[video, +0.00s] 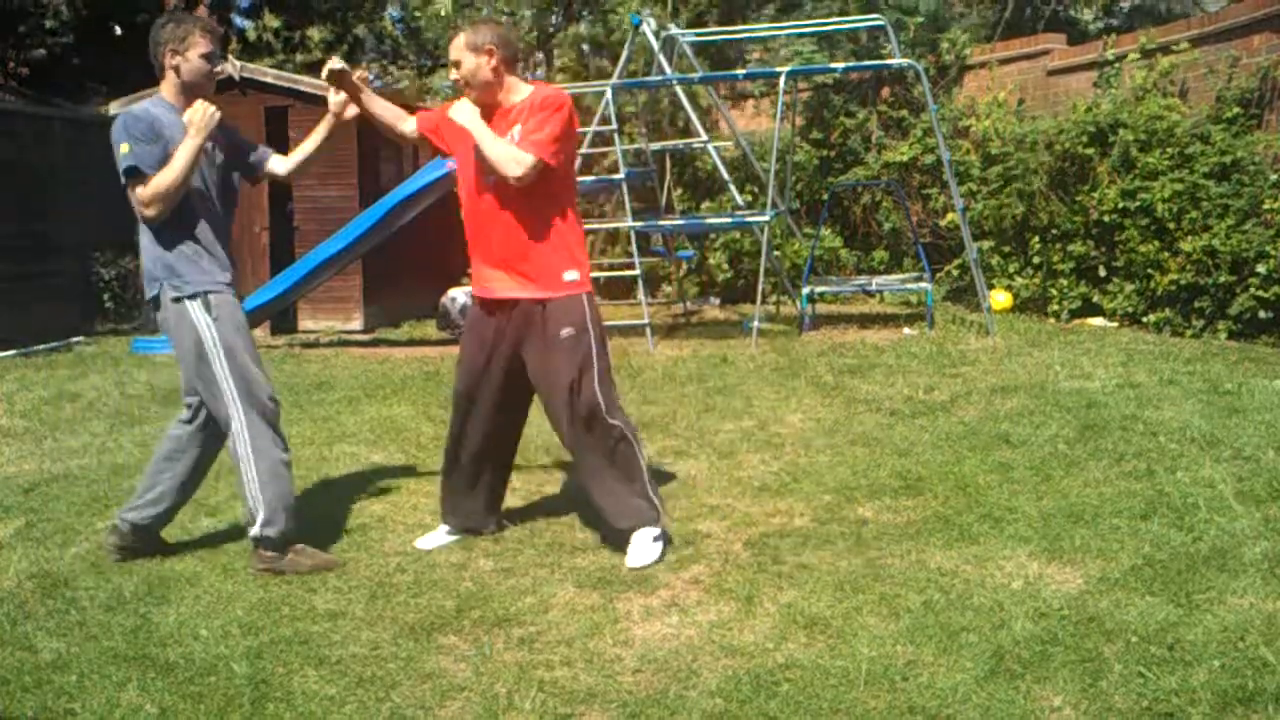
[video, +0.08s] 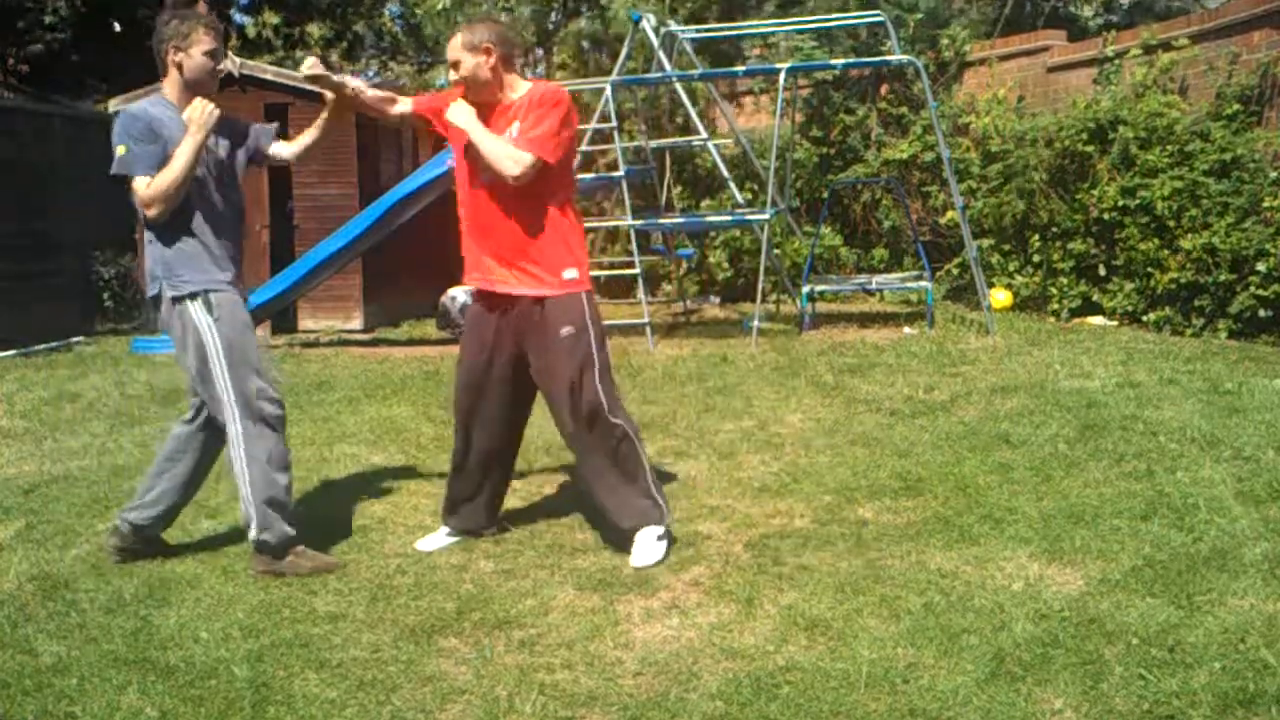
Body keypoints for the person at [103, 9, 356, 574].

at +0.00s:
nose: (219, 68)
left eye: (220, 58)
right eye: (209, 58)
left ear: (188, 62)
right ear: (173, 60)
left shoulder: (208, 123)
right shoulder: (136, 120)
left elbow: (278, 167)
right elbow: (149, 206)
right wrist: (195, 139)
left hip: (213, 284)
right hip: (187, 286)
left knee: (207, 410)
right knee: (251, 402)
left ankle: (136, 527)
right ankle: (273, 542)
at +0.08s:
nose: (221, 65)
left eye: (222, 55)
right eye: (212, 55)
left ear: (191, 60)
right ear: (175, 58)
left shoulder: (217, 121)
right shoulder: (139, 118)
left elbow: (291, 150)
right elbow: (152, 204)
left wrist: (335, 101)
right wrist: (196, 137)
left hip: (219, 281)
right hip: (191, 285)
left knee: (215, 410)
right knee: (255, 405)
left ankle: (136, 528)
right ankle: (274, 544)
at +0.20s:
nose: (221, 75)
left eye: (223, 66)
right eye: (212, 65)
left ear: (193, 70)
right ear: (174, 67)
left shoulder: (211, 129)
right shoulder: (138, 129)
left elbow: (276, 177)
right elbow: (165, 209)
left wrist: (298, 150)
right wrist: (202, 142)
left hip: (226, 286)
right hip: (198, 290)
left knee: (214, 413)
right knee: (273, 405)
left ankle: (135, 530)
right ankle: (276, 545)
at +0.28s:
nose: (220, 74)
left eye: (222, 64)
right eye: (210, 63)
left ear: (211, 66)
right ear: (173, 63)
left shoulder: (206, 129)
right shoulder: (140, 124)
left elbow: (267, 202)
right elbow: (172, 199)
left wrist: (278, 159)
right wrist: (207, 134)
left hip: (222, 282)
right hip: (195, 286)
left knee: (208, 409)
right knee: (270, 400)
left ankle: (133, 527)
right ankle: (278, 542)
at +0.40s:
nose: (217, 66)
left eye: (219, 57)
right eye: (208, 55)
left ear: (185, 59)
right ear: (172, 55)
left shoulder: (181, 115)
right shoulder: (150, 109)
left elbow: (218, 191)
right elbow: (194, 178)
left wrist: (239, 141)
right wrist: (223, 113)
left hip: (186, 280)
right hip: (185, 282)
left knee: (176, 409)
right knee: (247, 399)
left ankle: (127, 527)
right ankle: (276, 539)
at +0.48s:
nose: (216, 70)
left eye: (217, 61)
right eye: (205, 60)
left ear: (175, 65)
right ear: (168, 60)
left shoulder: (153, 114)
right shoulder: (157, 112)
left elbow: (203, 186)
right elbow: (206, 184)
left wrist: (229, 127)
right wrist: (230, 119)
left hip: (151, 288)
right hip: (180, 288)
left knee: (168, 411)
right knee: (237, 407)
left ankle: (116, 531)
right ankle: (273, 544)